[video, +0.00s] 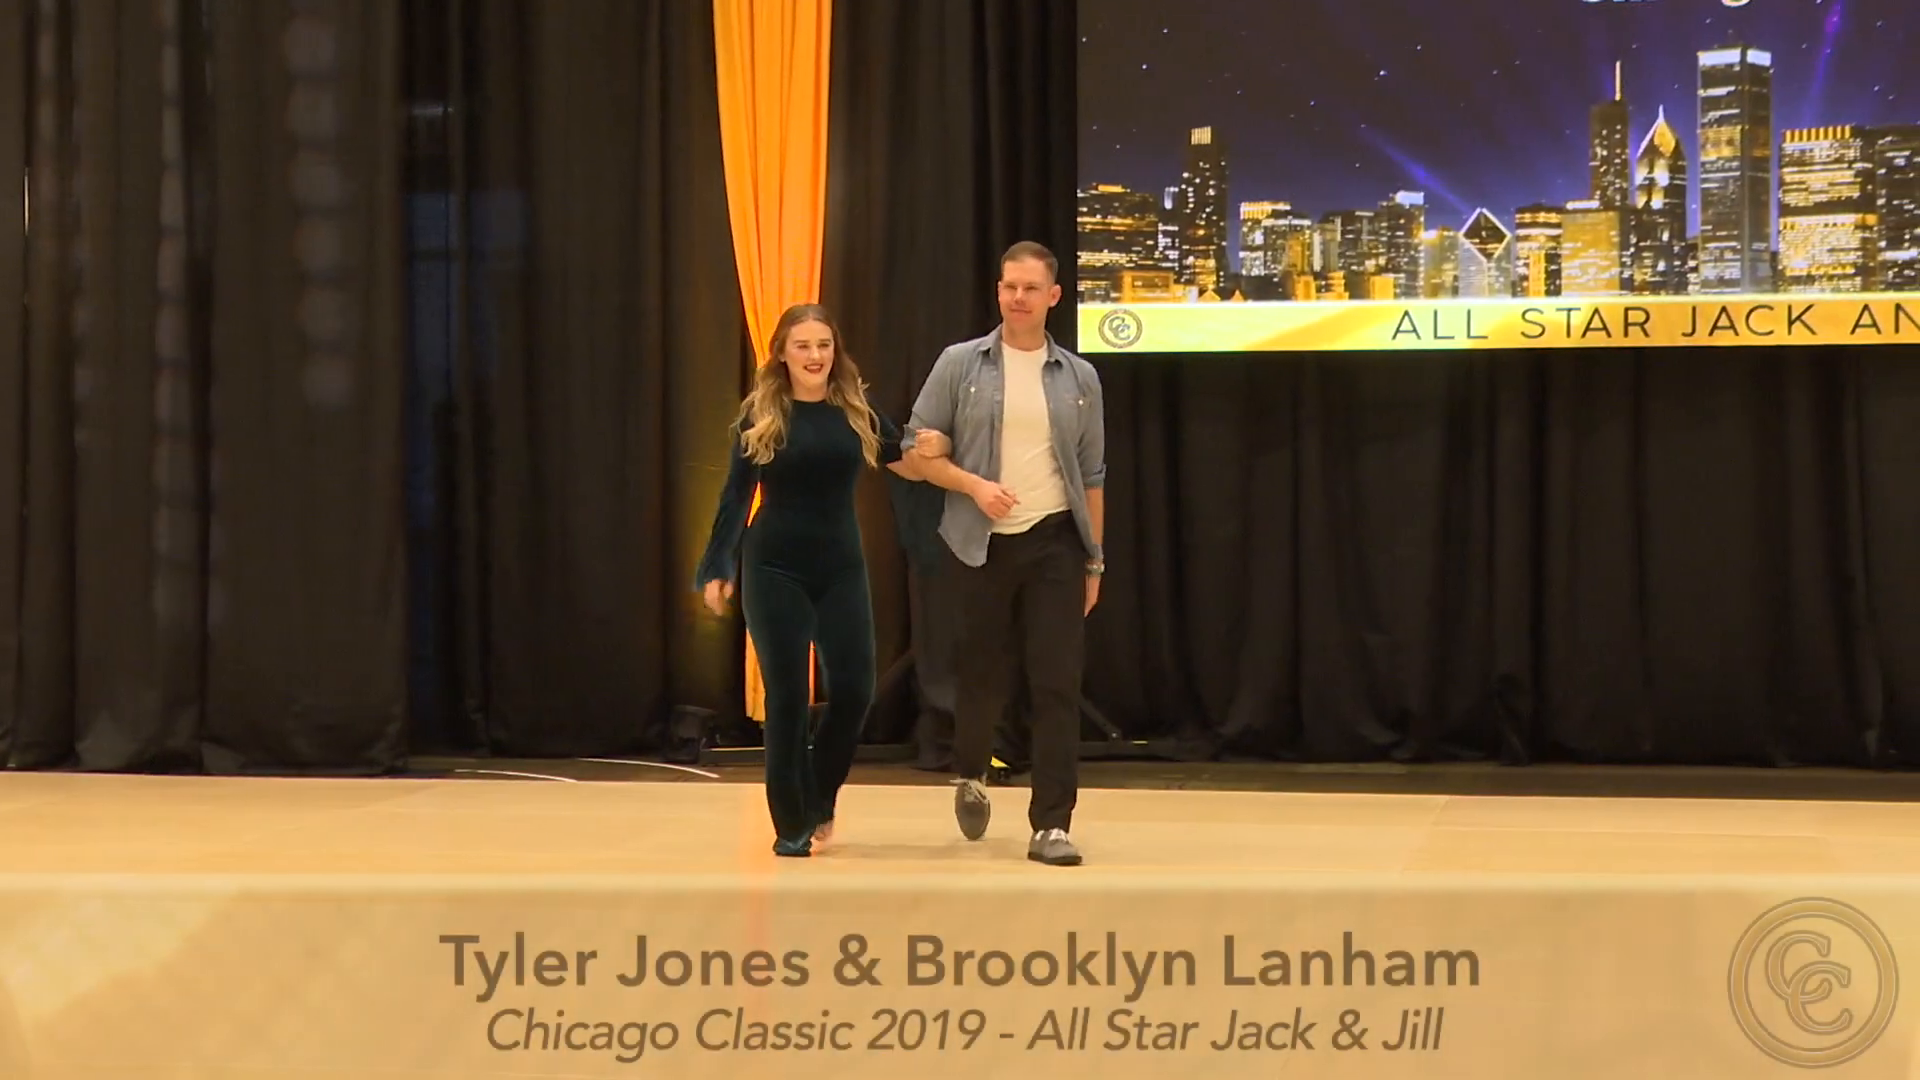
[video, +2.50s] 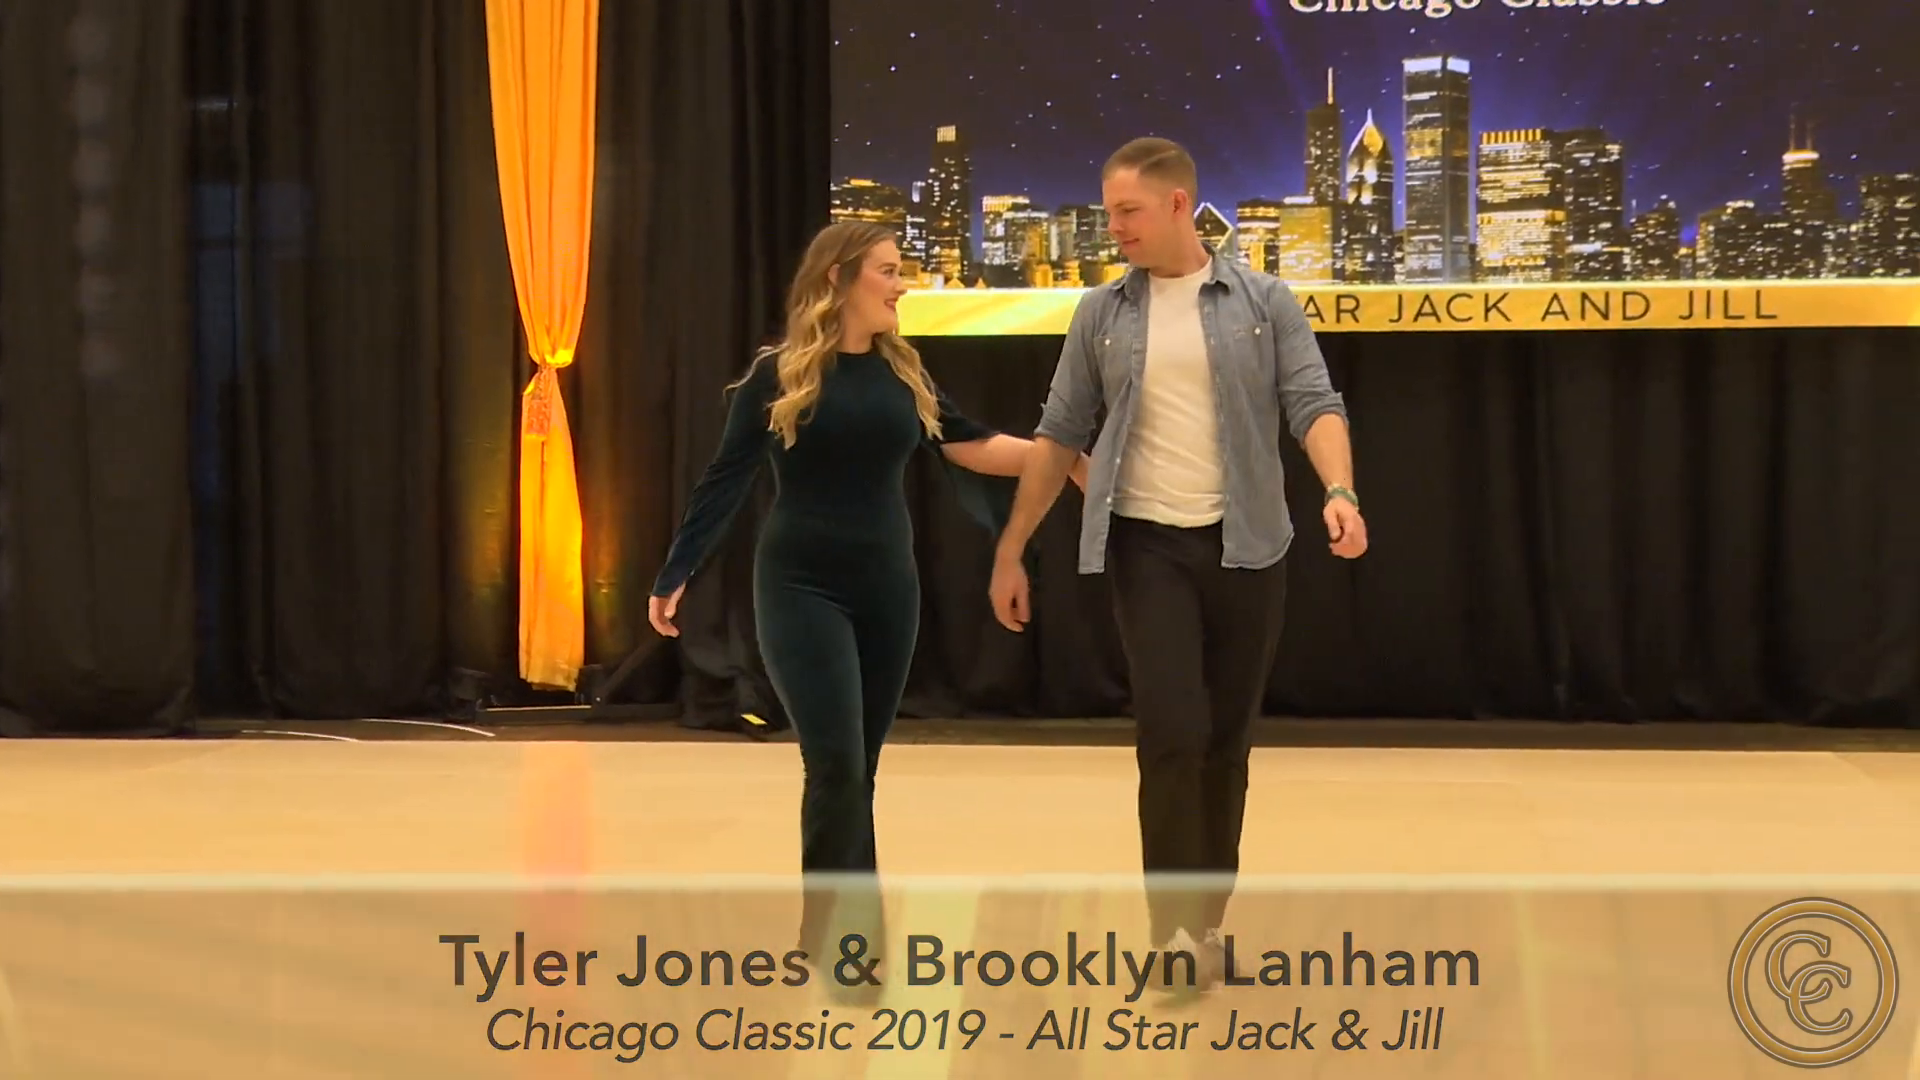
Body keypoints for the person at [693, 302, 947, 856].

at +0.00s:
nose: (813, 355)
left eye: (822, 344)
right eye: (801, 345)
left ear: (835, 350)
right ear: (783, 352)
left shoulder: (855, 410)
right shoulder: (760, 414)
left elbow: (897, 457)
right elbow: (737, 497)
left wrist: (933, 447)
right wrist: (719, 564)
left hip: (842, 571)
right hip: (773, 570)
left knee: (854, 690)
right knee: (787, 698)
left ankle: (821, 797)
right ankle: (790, 827)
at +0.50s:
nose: (829, 345)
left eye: (840, 335)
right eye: (818, 334)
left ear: (855, 342)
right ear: (800, 339)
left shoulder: (876, 406)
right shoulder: (769, 402)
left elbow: (906, 462)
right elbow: (737, 492)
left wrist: (937, 449)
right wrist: (709, 578)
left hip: (855, 576)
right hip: (780, 575)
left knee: (847, 712)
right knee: (792, 706)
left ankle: (841, 849)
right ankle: (796, 835)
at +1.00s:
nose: (818, 340)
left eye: (829, 329)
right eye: (805, 328)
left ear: (844, 334)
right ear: (783, 332)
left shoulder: (865, 399)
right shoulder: (750, 404)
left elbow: (914, 455)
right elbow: (727, 495)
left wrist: (950, 448)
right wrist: (716, 576)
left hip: (847, 580)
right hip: (767, 581)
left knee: (860, 718)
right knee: (785, 725)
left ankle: (832, 860)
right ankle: (787, 867)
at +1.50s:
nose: (835, 321)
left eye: (846, 310)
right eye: (821, 308)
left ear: (858, 316)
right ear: (793, 312)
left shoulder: (879, 386)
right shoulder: (755, 388)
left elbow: (932, 458)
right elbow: (722, 489)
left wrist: (970, 444)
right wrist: (690, 573)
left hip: (859, 587)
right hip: (772, 582)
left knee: (842, 749)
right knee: (789, 741)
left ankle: (839, 904)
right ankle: (790, 910)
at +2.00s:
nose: (832, 301)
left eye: (841, 289)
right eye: (817, 288)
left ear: (850, 297)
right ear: (778, 292)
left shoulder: (868, 372)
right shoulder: (740, 373)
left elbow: (930, 445)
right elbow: (707, 472)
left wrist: (1001, 443)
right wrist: (698, 539)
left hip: (861, 585)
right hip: (765, 588)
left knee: (867, 759)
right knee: (774, 765)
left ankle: (845, 931)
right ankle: (768, 932)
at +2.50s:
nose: (899, 285)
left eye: (899, 273)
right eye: (886, 272)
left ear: (880, 283)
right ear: (839, 279)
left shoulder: (903, 372)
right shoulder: (779, 371)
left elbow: (973, 443)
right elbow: (728, 477)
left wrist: (1064, 456)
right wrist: (678, 568)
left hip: (888, 588)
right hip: (799, 586)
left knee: (858, 768)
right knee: (836, 763)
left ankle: (838, 936)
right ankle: (841, 942)